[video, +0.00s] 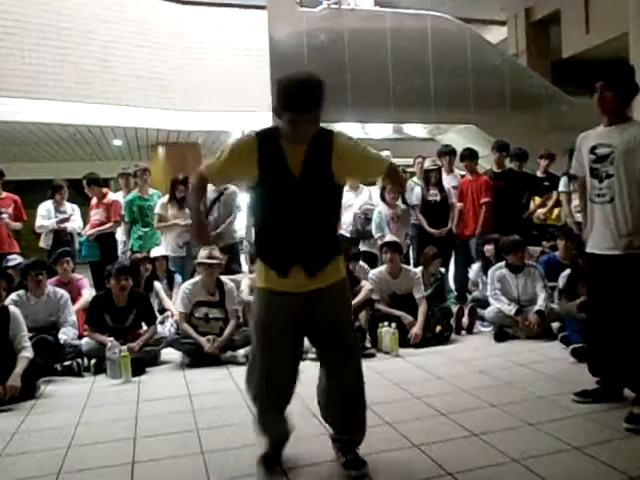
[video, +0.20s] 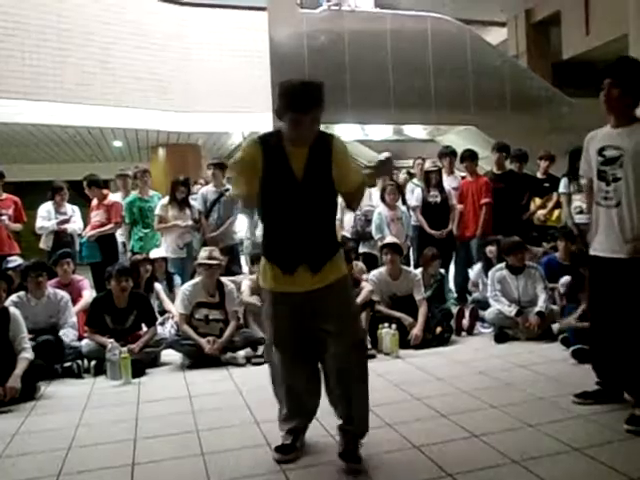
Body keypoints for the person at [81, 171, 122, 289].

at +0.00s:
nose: (86, 192)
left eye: (86, 188)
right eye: (85, 188)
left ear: (94, 187)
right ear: (93, 187)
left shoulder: (113, 201)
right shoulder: (93, 201)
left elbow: (116, 222)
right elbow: (92, 220)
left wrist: (96, 231)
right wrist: (86, 230)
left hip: (107, 237)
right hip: (94, 238)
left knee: (109, 271)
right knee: (96, 272)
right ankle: (101, 300)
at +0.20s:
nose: (86, 193)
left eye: (87, 189)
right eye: (85, 190)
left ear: (94, 188)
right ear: (94, 189)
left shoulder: (114, 203)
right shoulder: (94, 203)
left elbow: (117, 224)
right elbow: (93, 221)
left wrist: (96, 233)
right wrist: (86, 232)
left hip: (107, 239)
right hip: (94, 240)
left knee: (110, 273)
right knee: (97, 275)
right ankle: (102, 302)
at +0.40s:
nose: (89, 191)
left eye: (90, 187)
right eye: (89, 188)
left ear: (98, 187)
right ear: (97, 188)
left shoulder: (116, 202)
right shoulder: (96, 202)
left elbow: (121, 222)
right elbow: (96, 221)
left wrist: (100, 232)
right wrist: (89, 232)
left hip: (111, 238)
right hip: (98, 238)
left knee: (114, 271)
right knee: (101, 273)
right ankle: (106, 298)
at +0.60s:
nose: (96, 190)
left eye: (97, 186)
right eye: (95, 187)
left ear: (104, 185)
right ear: (98, 187)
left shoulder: (121, 197)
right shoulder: (101, 200)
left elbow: (126, 220)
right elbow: (101, 218)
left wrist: (106, 230)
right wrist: (96, 228)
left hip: (117, 235)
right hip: (104, 236)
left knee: (119, 268)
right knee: (108, 269)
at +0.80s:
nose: (96, 182)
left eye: (97, 179)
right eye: (95, 179)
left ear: (105, 178)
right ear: (104, 179)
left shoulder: (122, 191)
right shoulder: (102, 192)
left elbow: (125, 213)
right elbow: (102, 210)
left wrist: (105, 222)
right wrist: (96, 221)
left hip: (116, 227)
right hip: (103, 228)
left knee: (118, 260)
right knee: (105, 261)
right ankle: (110, 287)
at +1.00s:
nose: (88, 181)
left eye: (89, 178)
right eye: (87, 178)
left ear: (97, 177)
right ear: (96, 177)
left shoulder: (115, 190)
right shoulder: (95, 190)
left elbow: (118, 212)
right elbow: (94, 209)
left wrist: (97, 221)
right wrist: (89, 219)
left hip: (109, 226)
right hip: (96, 226)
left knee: (111, 259)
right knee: (98, 259)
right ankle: (102, 286)